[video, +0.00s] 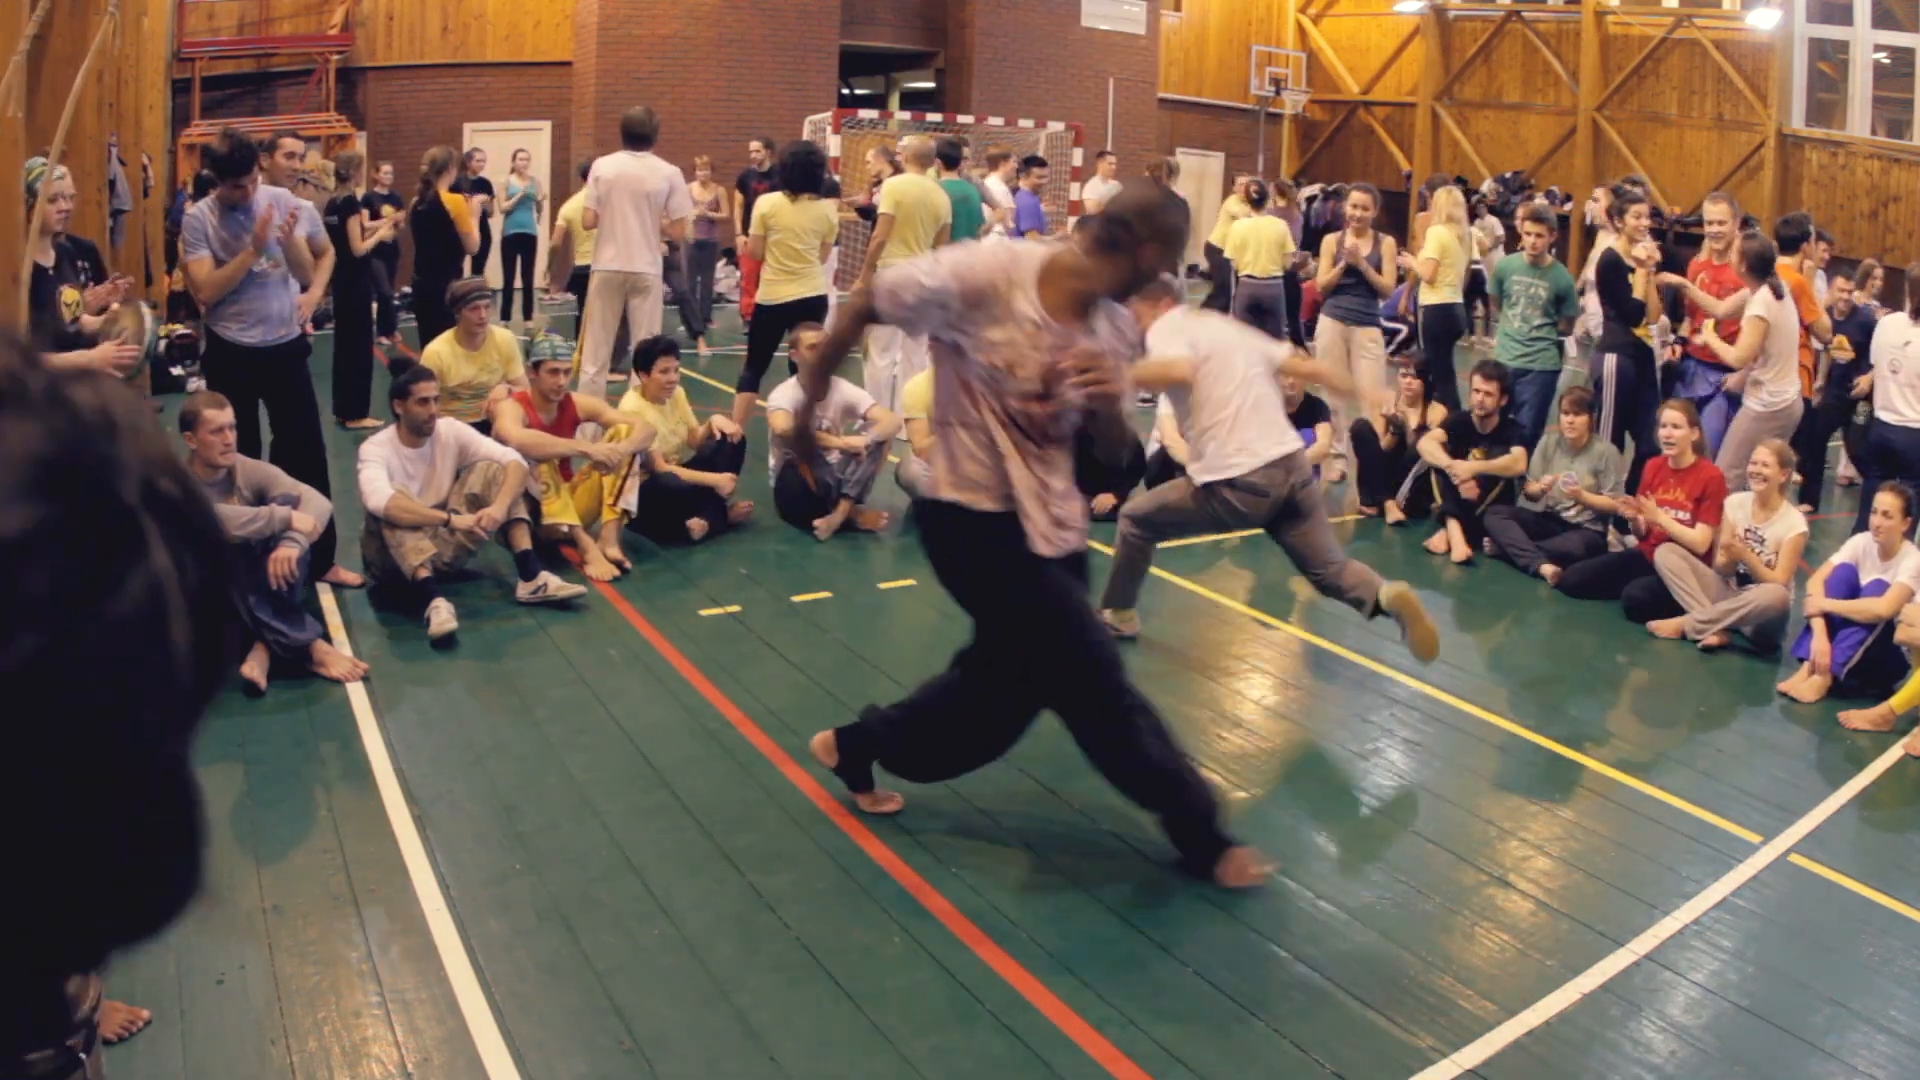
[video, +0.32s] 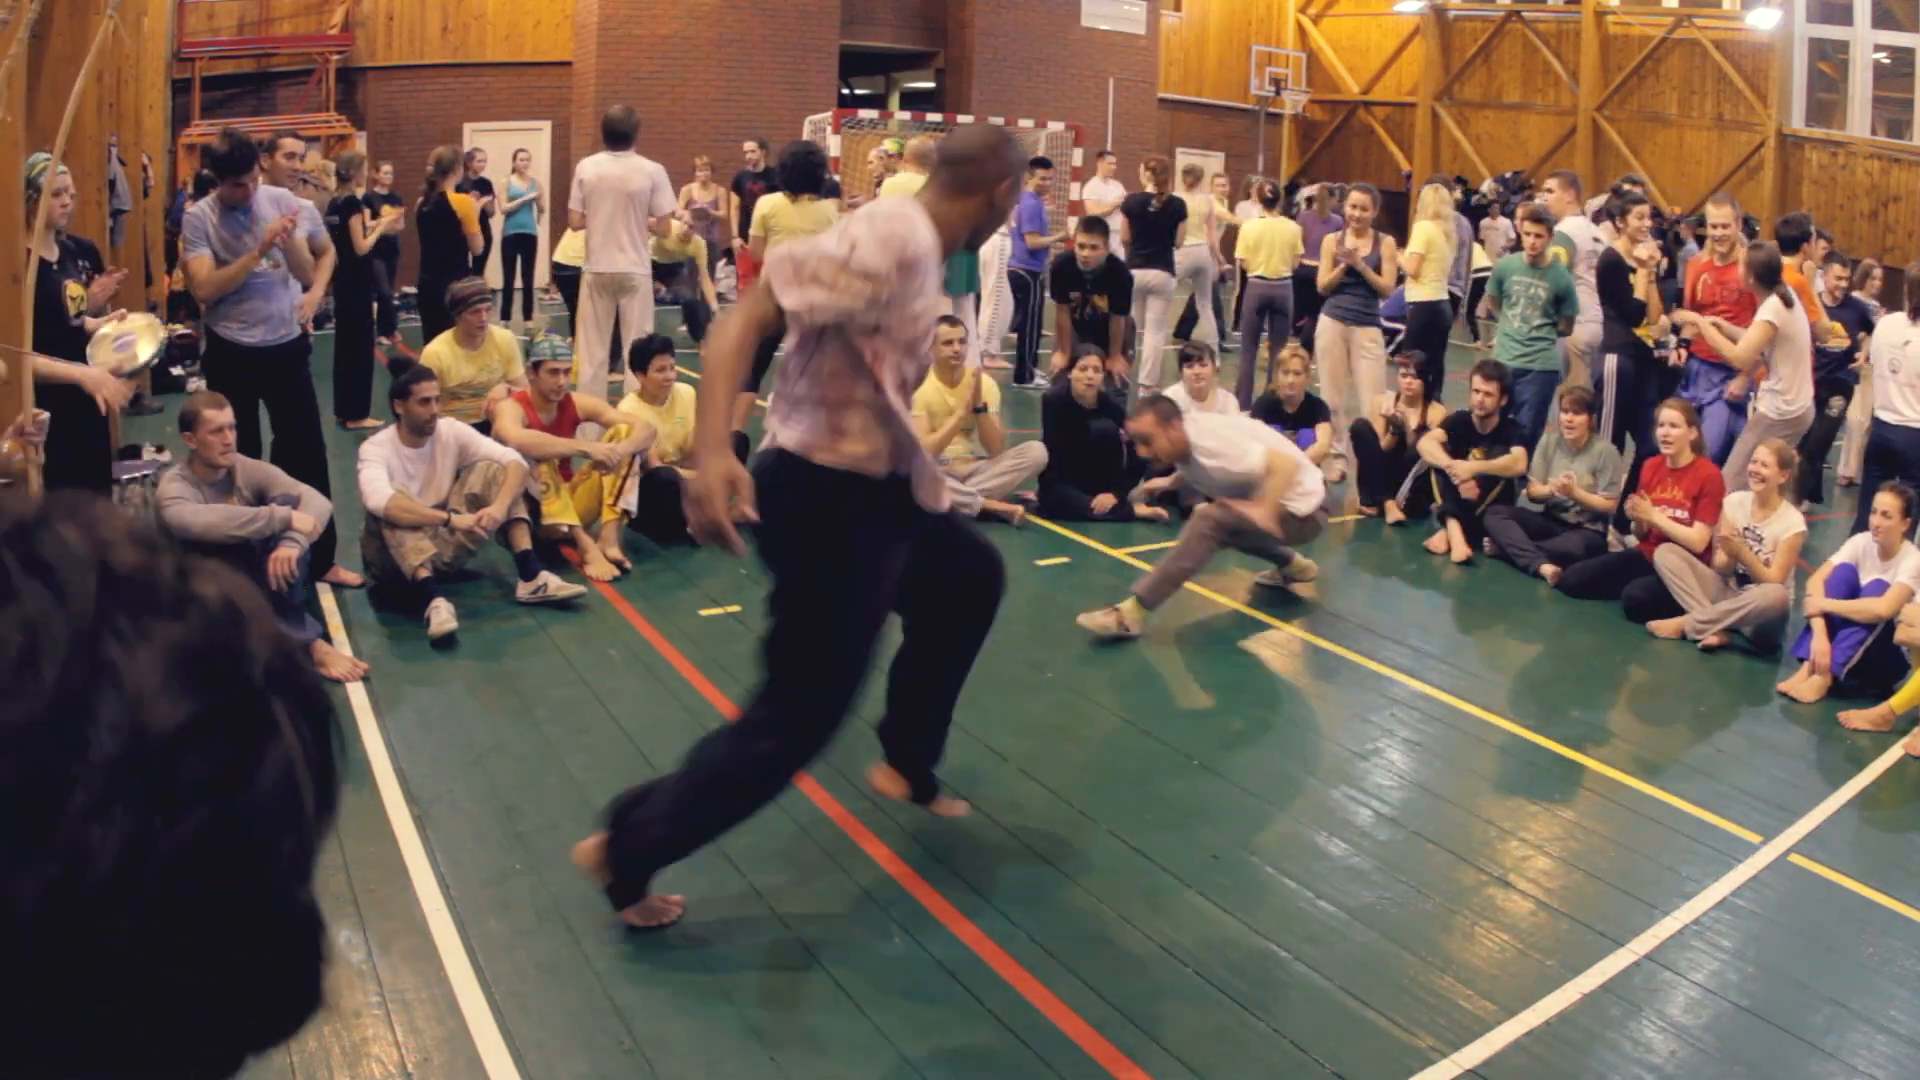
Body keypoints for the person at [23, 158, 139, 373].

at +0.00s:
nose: (66, 208)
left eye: (69, 198)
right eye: (53, 200)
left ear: (74, 199)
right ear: (28, 204)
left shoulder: (64, 255)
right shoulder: (15, 269)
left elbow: (73, 321)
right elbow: (19, 359)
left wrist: (106, 322)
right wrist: (90, 359)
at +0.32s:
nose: (68, 202)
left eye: (70, 193)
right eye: (58, 194)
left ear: (74, 195)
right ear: (32, 199)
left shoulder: (70, 254)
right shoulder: (17, 260)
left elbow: (70, 321)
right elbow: (12, 356)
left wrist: (101, 324)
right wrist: (84, 375)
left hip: (82, 396)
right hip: (42, 400)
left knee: (95, 496)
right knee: (60, 500)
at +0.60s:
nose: (71, 210)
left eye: (75, 200)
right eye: (61, 202)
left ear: (78, 203)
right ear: (35, 207)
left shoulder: (72, 257)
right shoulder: (24, 268)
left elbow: (77, 326)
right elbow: (35, 355)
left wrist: (118, 341)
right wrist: (105, 349)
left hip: (86, 392)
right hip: (53, 402)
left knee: (96, 490)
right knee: (74, 496)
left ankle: (103, 579)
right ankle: (83, 585)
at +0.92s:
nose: (74, 204)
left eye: (77, 195)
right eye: (63, 195)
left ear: (79, 199)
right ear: (36, 201)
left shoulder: (81, 254)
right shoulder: (18, 263)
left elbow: (84, 327)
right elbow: (18, 357)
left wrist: (116, 320)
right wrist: (87, 370)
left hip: (89, 393)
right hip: (48, 399)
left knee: (97, 488)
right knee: (66, 493)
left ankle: (101, 576)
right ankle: (72, 583)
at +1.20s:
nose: (73, 210)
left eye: (77, 201)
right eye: (63, 201)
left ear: (79, 204)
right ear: (34, 205)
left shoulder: (71, 258)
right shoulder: (15, 266)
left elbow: (76, 323)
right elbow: (21, 358)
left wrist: (107, 329)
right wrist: (90, 355)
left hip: (87, 389)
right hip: (49, 399)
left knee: (95, 485)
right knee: (65, 490)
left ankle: (101, 577)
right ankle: (73, 587)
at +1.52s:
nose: (76, 209)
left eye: (79, 199)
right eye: (66, 200)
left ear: (81, 202)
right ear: (39, 204)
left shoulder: (71, 262)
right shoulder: (18, 267)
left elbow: (75, 325)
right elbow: (19, 358)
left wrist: (106, 343)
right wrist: (88, 363)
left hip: (85, 389)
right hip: (49, 397)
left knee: (98, 488)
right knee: (68, 491)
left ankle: (101, 577)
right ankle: (76, 584)